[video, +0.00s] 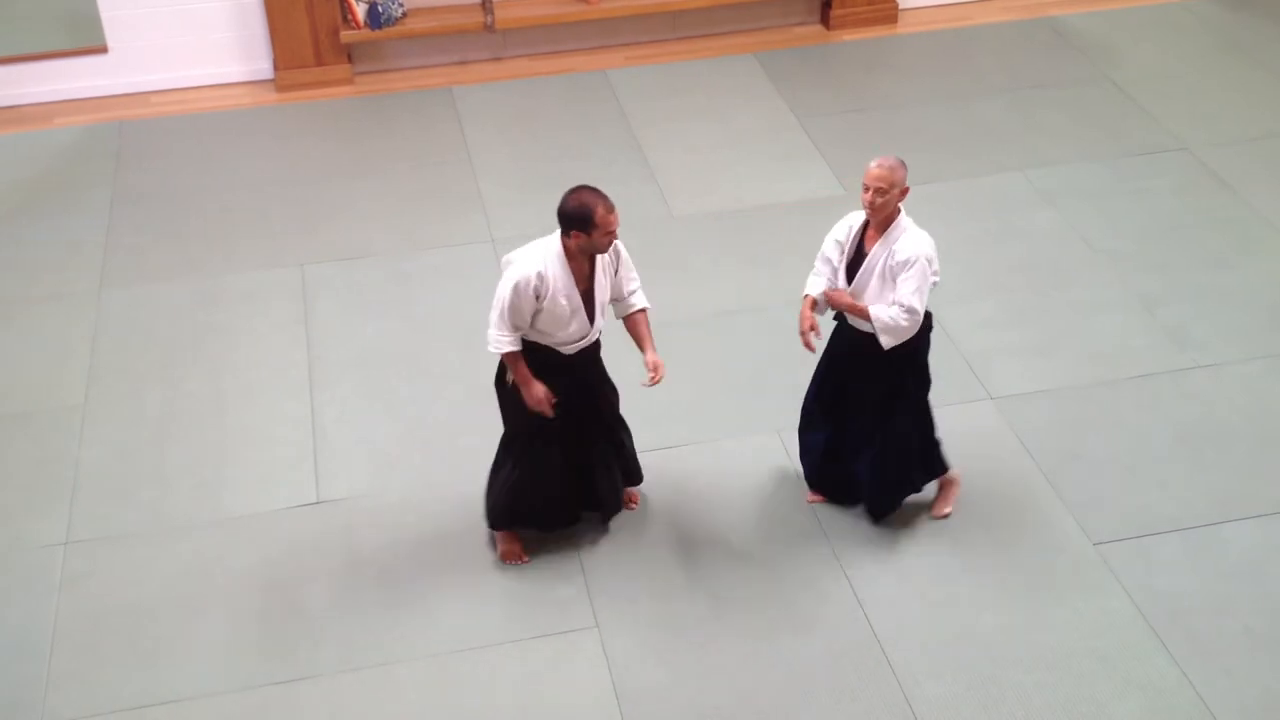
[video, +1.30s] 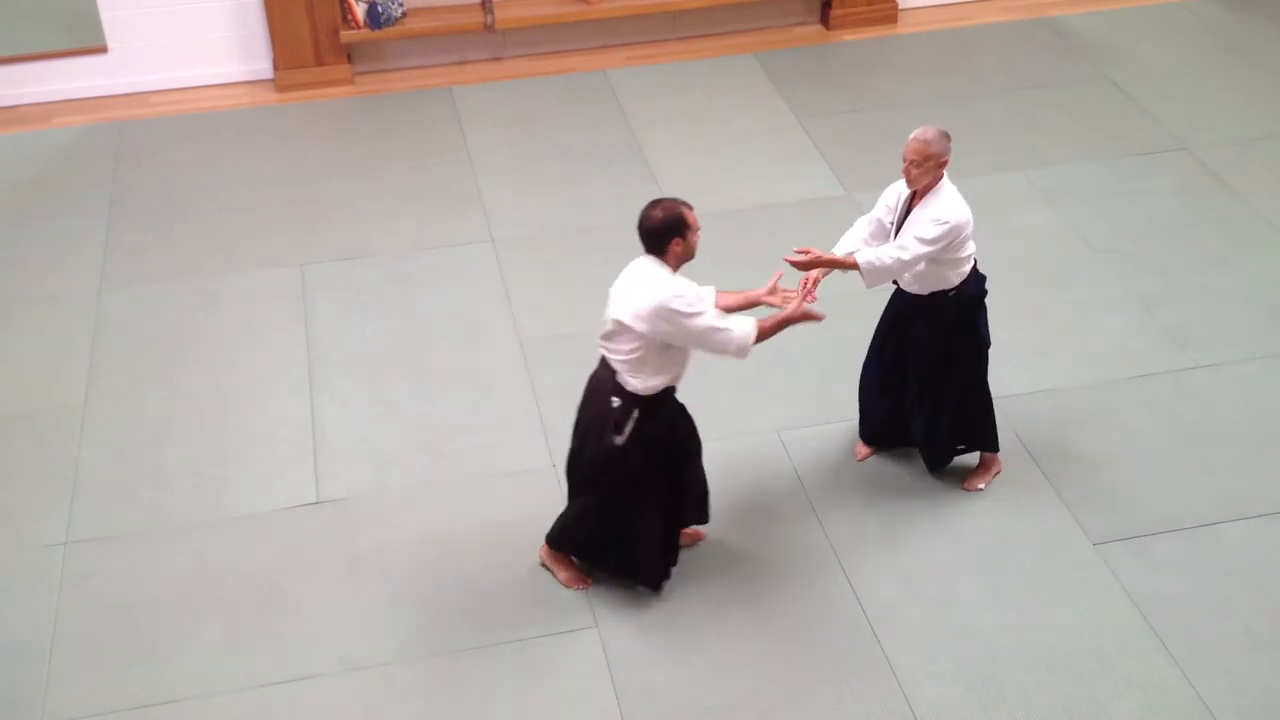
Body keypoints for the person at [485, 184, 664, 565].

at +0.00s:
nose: (614, 236)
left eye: (615, 228)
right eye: (607, 232)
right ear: (575, 237)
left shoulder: (611, 251)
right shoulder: (528, 271)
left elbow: (630, 300)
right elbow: (501, 335)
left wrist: (649, 350)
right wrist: (527, 384)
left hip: (584, 356)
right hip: (533, 364)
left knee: (605, 420)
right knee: (527, 442)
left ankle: (615, 483)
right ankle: (504, 524)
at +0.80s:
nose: (606, 255)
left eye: (605, 249)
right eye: (601, 253)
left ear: (574, 261)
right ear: (573, 263)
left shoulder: (585, 274)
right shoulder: (527, 309)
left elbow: (601, 315)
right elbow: (522, 378)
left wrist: (631, 348)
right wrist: (578, 399)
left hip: (580, 384)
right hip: (529, 403)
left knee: (609, 451)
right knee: (530, 472)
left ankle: (601, 538)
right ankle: (502, 542)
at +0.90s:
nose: (626, 255)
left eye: (625, 249)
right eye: (621, 252)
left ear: (594, 259)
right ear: (595, 262)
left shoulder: (601, 275)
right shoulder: (551, 312)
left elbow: (615, 318)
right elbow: (551, 384)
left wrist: (654, 346)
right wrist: (610, 400)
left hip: (597, 396)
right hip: (552, 411)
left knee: (621, 469)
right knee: (553, 482)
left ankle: (627, 549)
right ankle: (508, 526)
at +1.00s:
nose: (646, 249)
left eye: (645, 243)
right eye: (642, 246)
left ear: (615, 254)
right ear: (618, 257)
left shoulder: (617, 272)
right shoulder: (576, 310)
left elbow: (636, 315)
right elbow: (587, 385)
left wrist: (679, 336)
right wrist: (645, 394)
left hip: (610, 400)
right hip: (571, 414)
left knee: (633, 475)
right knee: (581, 493)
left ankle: (629, 553)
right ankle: (523, 522)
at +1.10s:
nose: (665, 240)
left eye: (663, 234)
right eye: (660, 236)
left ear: (632, 245)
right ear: (638, 248)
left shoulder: (625, 268)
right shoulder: (601, 304)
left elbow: (657, 309)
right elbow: (632, 377)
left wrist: (704, 321)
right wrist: (691, 377)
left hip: (619, 394)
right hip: (587, 405)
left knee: (640, 470)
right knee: (593, 485)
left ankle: (633, 550)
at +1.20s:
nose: (679, 238)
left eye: (677, 232)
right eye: (675, 234)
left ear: (643, 242)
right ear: (655, 247)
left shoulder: (628, 268)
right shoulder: (628, 302)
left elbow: (675, 303)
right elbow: (687, 359)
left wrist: (729, 308)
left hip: (629, 395)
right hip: (603, 409)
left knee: (666, 452)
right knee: (592, 487)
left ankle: (645, 540)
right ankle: (555, 552)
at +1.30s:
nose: (699, 234)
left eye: (696, 227)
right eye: (694, 230)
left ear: (664, 240)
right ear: (676, 245)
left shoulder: (641, 271)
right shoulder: (665, 297)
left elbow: (705, 299)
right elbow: (738, 338)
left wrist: (760, 295)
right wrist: (790, 317)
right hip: (626, 409)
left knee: (680, 454)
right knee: (602, 488)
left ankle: (670, 525)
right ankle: (554, 549)